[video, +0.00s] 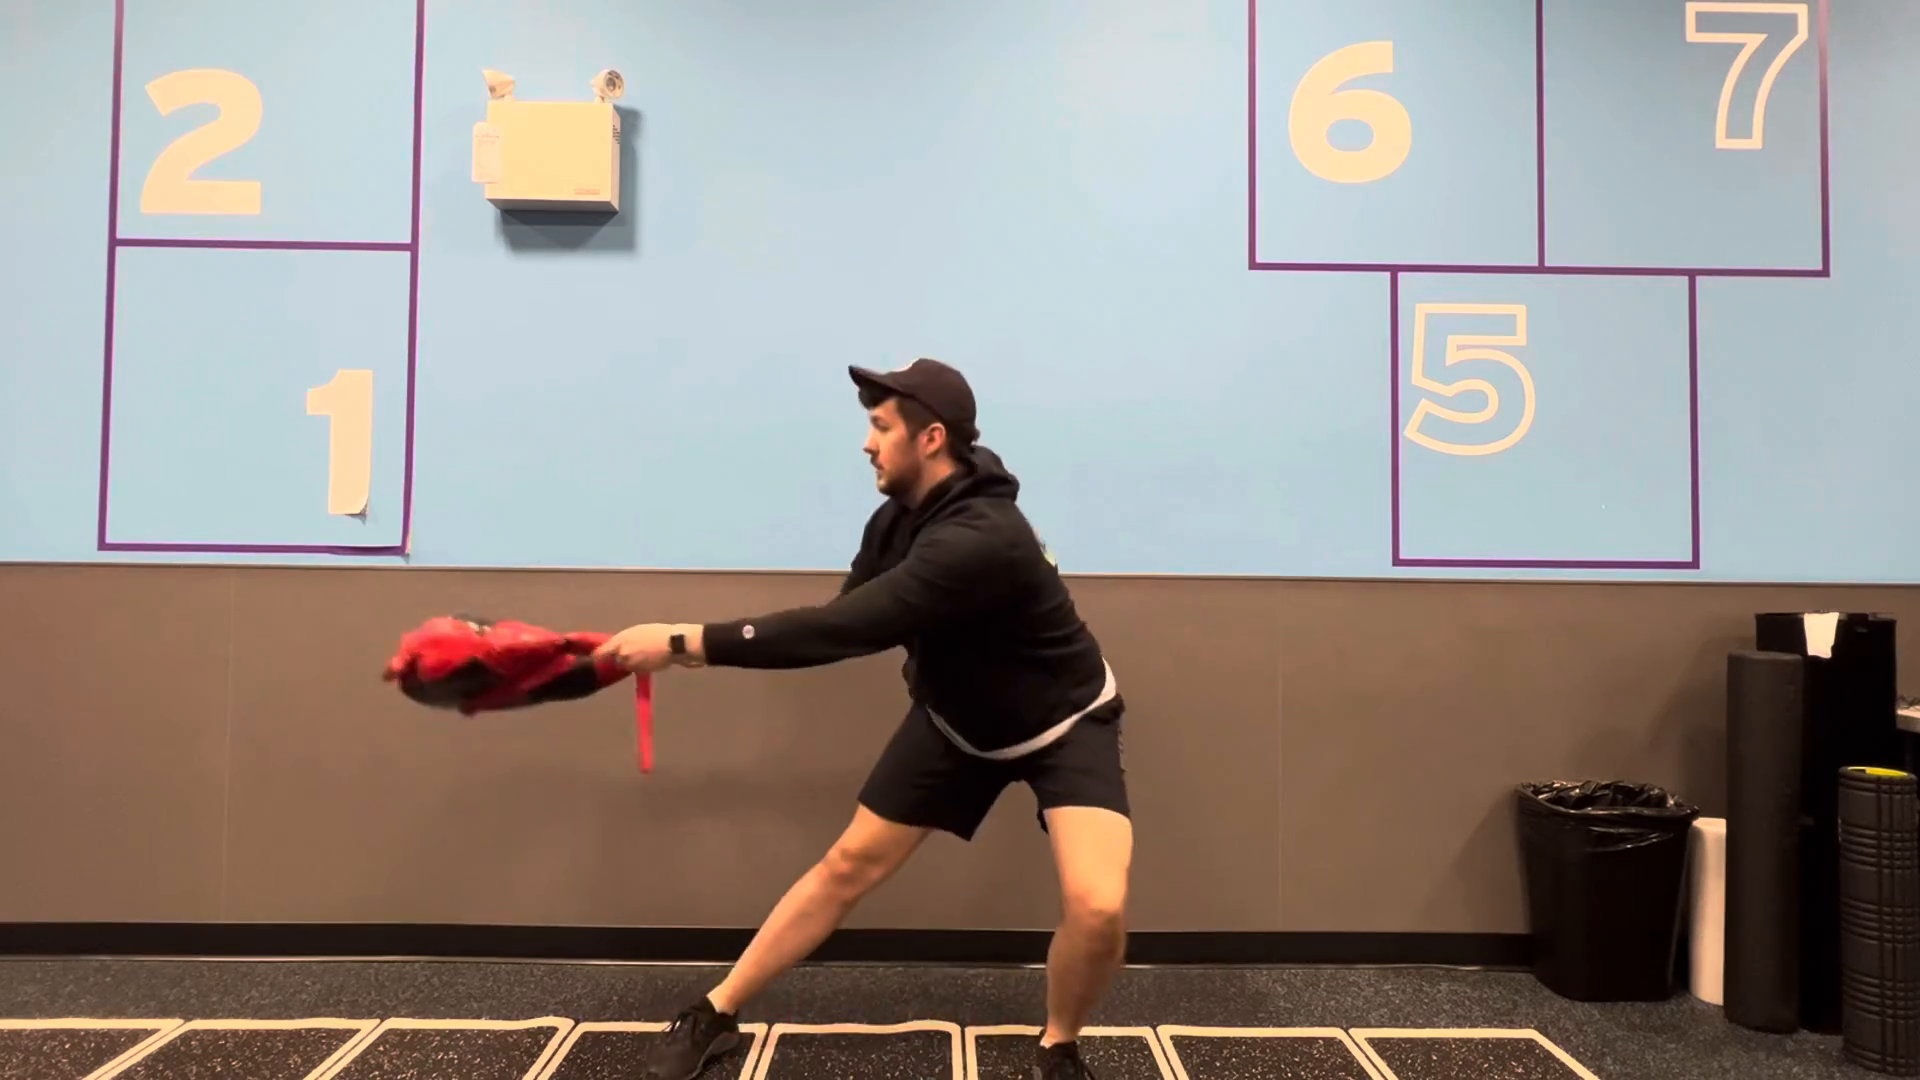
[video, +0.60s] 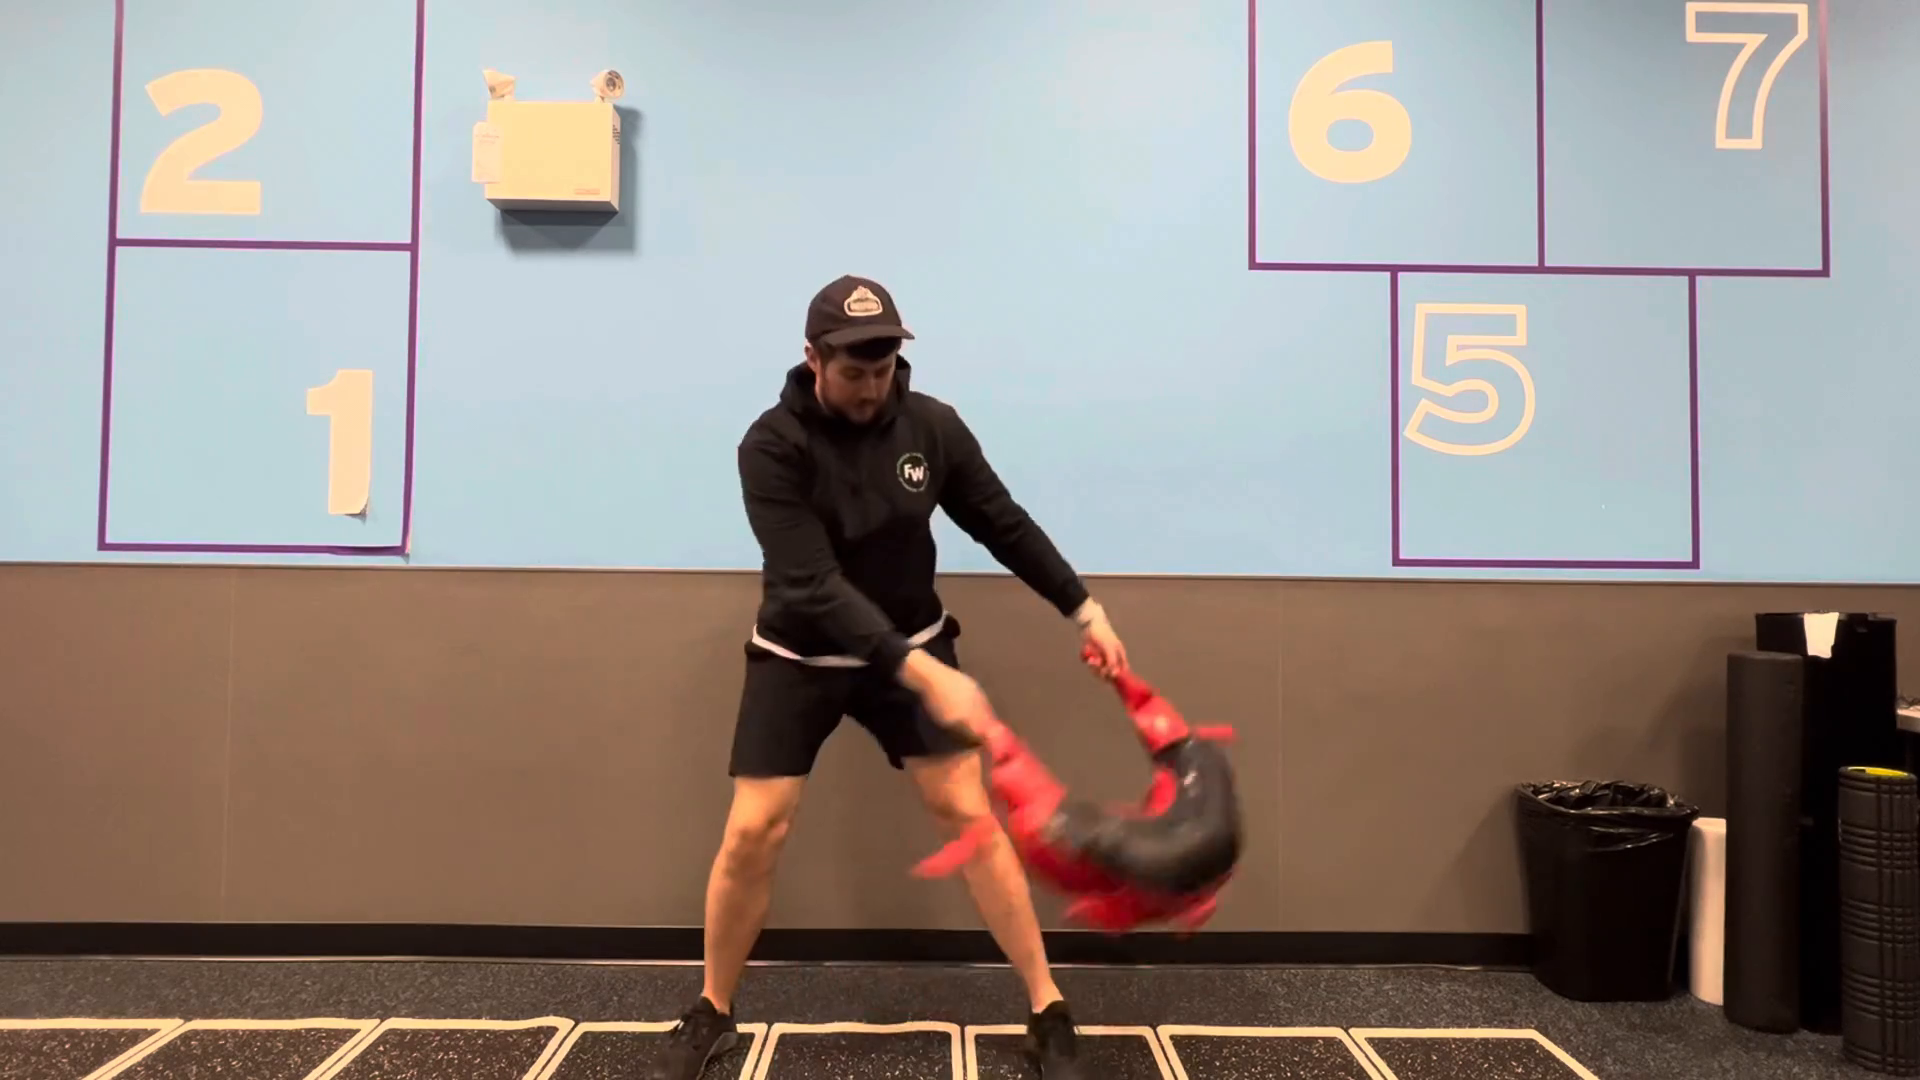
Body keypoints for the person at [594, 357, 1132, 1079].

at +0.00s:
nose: (868, 444)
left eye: (882, 428)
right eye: (870, 428)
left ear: (933, 438)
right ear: (925, 438)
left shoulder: (981, 534)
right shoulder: (895, 523)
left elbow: (849, 628)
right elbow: (841, 625)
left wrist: (684, 642)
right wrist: (704, 648)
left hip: (1066, 720)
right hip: (954, 718)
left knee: (1100, 907)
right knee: (847, 865)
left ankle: (1060, 1048)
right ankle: (714, 1012)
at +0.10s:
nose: (883, 415)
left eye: (898, 398)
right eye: (884, 399)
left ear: (953, 406)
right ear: (938, 407)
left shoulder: (997, 509)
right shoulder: (893, 500)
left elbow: (882, 624)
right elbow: (852, 600)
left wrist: (735, 658)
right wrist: (738, 650)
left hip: (1052, 706)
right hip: (936, 704)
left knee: (1088, 893)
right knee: (838, 859)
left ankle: (1059, 1048)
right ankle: (715, 1013)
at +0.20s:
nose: (899, 385)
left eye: (916, 369)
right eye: (894, 369)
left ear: (969, 376)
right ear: (891, 374)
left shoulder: (1012, 479)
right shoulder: (882, 470)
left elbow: (935, 614)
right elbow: (847, 572)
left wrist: (806, 684)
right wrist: (760, 639)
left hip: (1029, 685)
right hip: (916, 682)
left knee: (1069, 872)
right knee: (820, 851)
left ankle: (1058, 1046)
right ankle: (718, 1011)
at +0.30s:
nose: (899, 372)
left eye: (917, 353)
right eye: (888, 354)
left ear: (959, 350)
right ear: (876, 355)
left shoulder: (1009, 453)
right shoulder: (854, 443)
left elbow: (977, 597)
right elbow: (813, 555)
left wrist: (900, 706)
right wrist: (747, 648)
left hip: (996, 664)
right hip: (879, 660)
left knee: (1041, 844)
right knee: (799, 832)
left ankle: (1056, 1042)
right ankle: (717, 1009)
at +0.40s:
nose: (888, 354)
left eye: (903, 337)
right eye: (873, 338)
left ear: (930, 336)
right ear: (849, 339)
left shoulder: (977, 434)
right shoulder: (809, 431)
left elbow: (997, 569)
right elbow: (772, 563)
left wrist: (1000, 698)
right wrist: (767, 694)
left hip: (954, 655)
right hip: (836, 654)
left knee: (1006, 817)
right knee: (782, 823)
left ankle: (1061, 1028)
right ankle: (717, 1004)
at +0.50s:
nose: (872, 365)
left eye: (885, 347)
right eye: (854, 350)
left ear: (904, 342)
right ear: (820, 348)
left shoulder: (943, 423)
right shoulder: (777, 439)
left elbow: (1007, 540)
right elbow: (776, 582)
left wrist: (1071, 650)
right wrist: (842, 696)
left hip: (921, 643)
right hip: (806, 649)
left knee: (983, 814)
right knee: (756, 826)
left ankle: (1054, 1011)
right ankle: (713, 1009)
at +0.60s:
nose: (872, 384)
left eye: (885, 365)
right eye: (854, 367)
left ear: (901, 354)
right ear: (813, 359)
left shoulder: (929, 425)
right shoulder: (772, 448)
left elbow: (1000, 520)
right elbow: (813, 588)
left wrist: (1084, 608)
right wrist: (924, 673)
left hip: (910, 647)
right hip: (798, 653)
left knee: (971, 816)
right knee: (750, 832)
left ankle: (1047, 1007)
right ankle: (712, 1009)